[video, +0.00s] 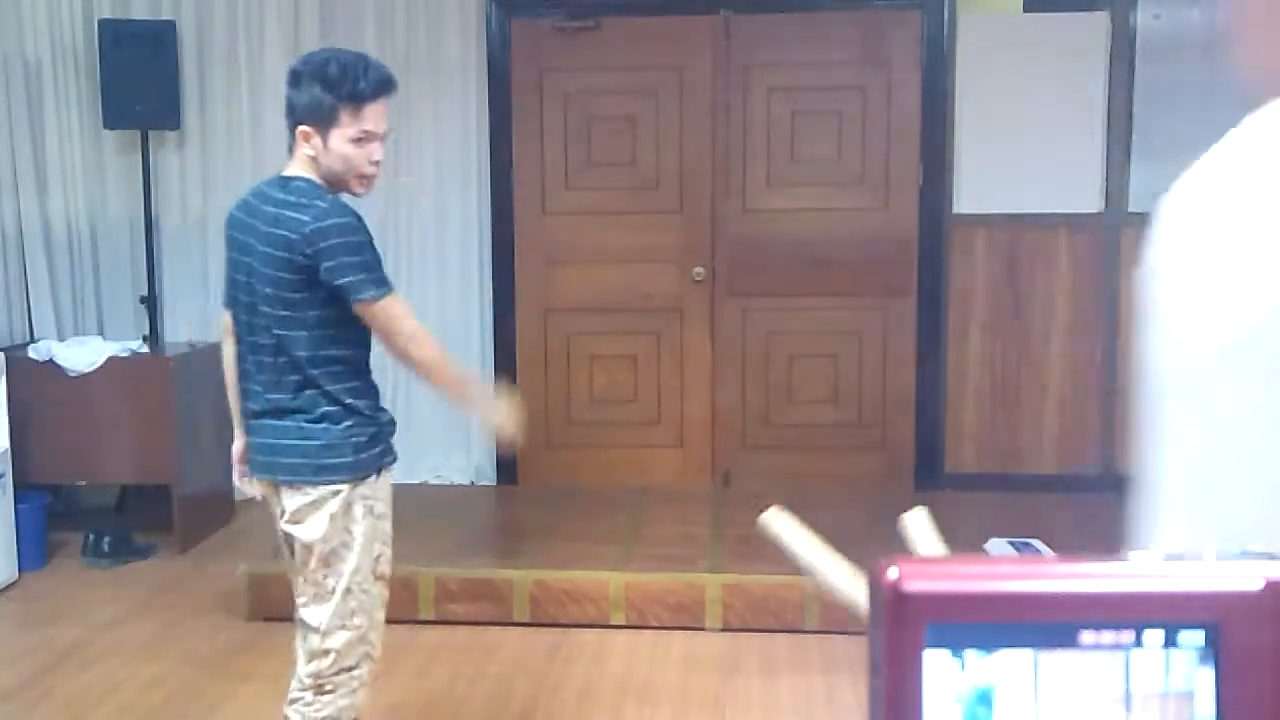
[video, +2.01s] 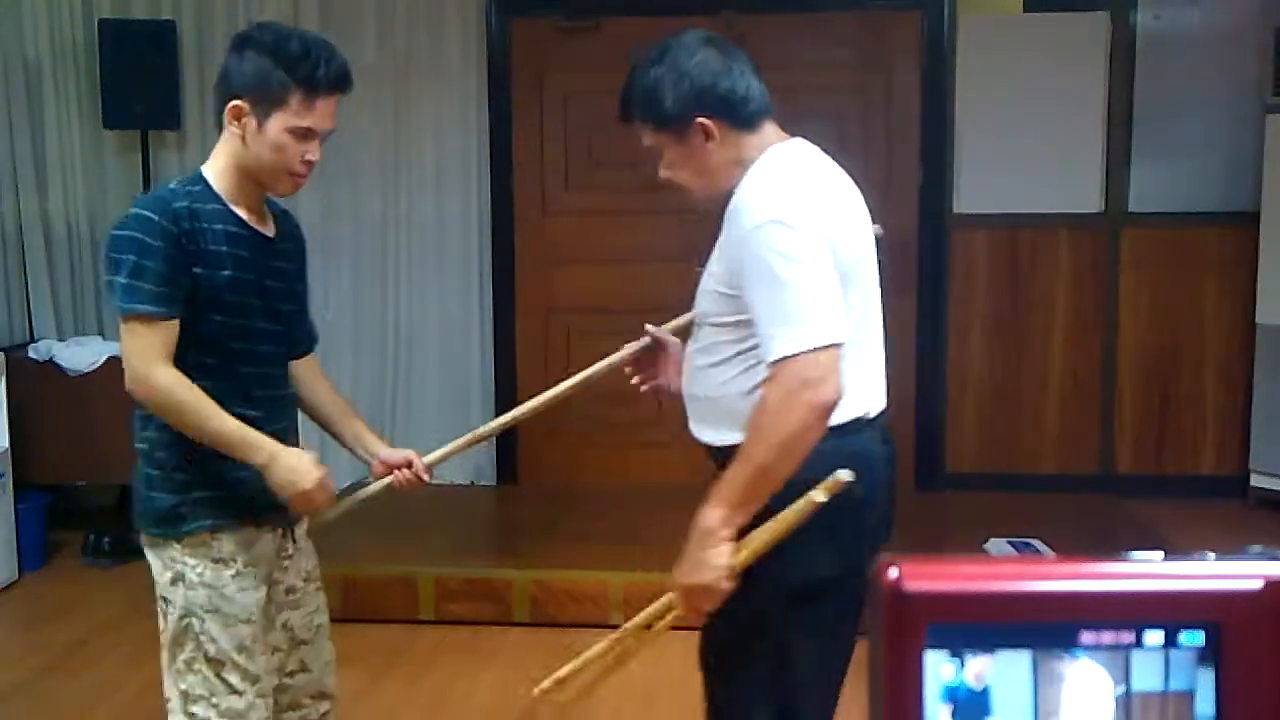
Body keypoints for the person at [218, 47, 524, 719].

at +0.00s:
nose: (378, 157)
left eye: (382, 138)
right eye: (362, 139)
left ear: (306, 142)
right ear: (307, 138)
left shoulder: (248, 211)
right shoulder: (330, 222)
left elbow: (233, 336)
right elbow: (405, 339)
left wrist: (243, 431)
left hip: (278, 457)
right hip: (337, 464)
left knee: (322, 640)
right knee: (340, 657)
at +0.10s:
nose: (386, 160)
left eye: (390, 142)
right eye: (369, 145)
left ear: (313, 149)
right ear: (317, 144)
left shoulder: (267, 212)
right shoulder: (334, 226)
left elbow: (253, 331)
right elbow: (366, 357)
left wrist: (252, 421)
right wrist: (408, 469)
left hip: (297, 457)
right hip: (336, 463)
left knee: (344, 623)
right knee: (353, 633)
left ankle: (322, 709)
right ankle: (324, 712)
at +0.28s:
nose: (391, 155)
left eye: (397, 138)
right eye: (376, 141)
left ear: (404, 128)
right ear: (325, 137)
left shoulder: (321, 200)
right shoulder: (320, 210)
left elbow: (282, 320)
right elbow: (280, 327)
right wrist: (258, 447)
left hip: (337, 447)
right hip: (346, 452)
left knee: (348, 604)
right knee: (375, 616)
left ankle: (339, 706)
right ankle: (352, 711)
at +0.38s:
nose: (391, 157)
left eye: (398, 140)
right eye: (375, 142)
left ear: (405, 129)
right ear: (328, 140)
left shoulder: (346, 207)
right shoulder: (310, 213)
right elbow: (258, 325)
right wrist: (224, 437)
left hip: (355, 444)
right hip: (338, 449)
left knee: (350, 603)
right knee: (366, 606)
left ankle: (343, 706)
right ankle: (345, 708)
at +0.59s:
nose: (380, 155)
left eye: (389, 139)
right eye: (364, 141)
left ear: (399, 130)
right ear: (320, 135)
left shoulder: (371, 215)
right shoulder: (279, 214)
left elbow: (401, 309)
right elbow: (267, 333)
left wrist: (449, 382)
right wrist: (275, 450)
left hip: (359, 445)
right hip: (311, 445)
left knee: (354, 619)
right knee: (317, 630)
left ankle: (326, 709)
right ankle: (297, 714)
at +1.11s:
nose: (315, 162)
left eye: (326, 144)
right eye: (297, 146)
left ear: (337, 135)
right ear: (249, 136)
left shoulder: (324, 232)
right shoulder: (194, 225)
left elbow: (351, 341)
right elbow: (178, 359)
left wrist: (407, 412)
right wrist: (221, 477)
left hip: (317, 478)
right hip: (236, 482)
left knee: (340, 646)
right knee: (243, 671)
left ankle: (330, 717)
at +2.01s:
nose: (315, 156)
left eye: (322, 137)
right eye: (301, 135)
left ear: (324, 127)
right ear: (239, 121)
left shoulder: (283, 231)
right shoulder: (161, 221)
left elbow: (298, 362)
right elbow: (146, 374)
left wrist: (373, 449)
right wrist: (275, 457)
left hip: (282, 511)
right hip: (199, 521)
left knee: (304, 699)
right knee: (224, 707)